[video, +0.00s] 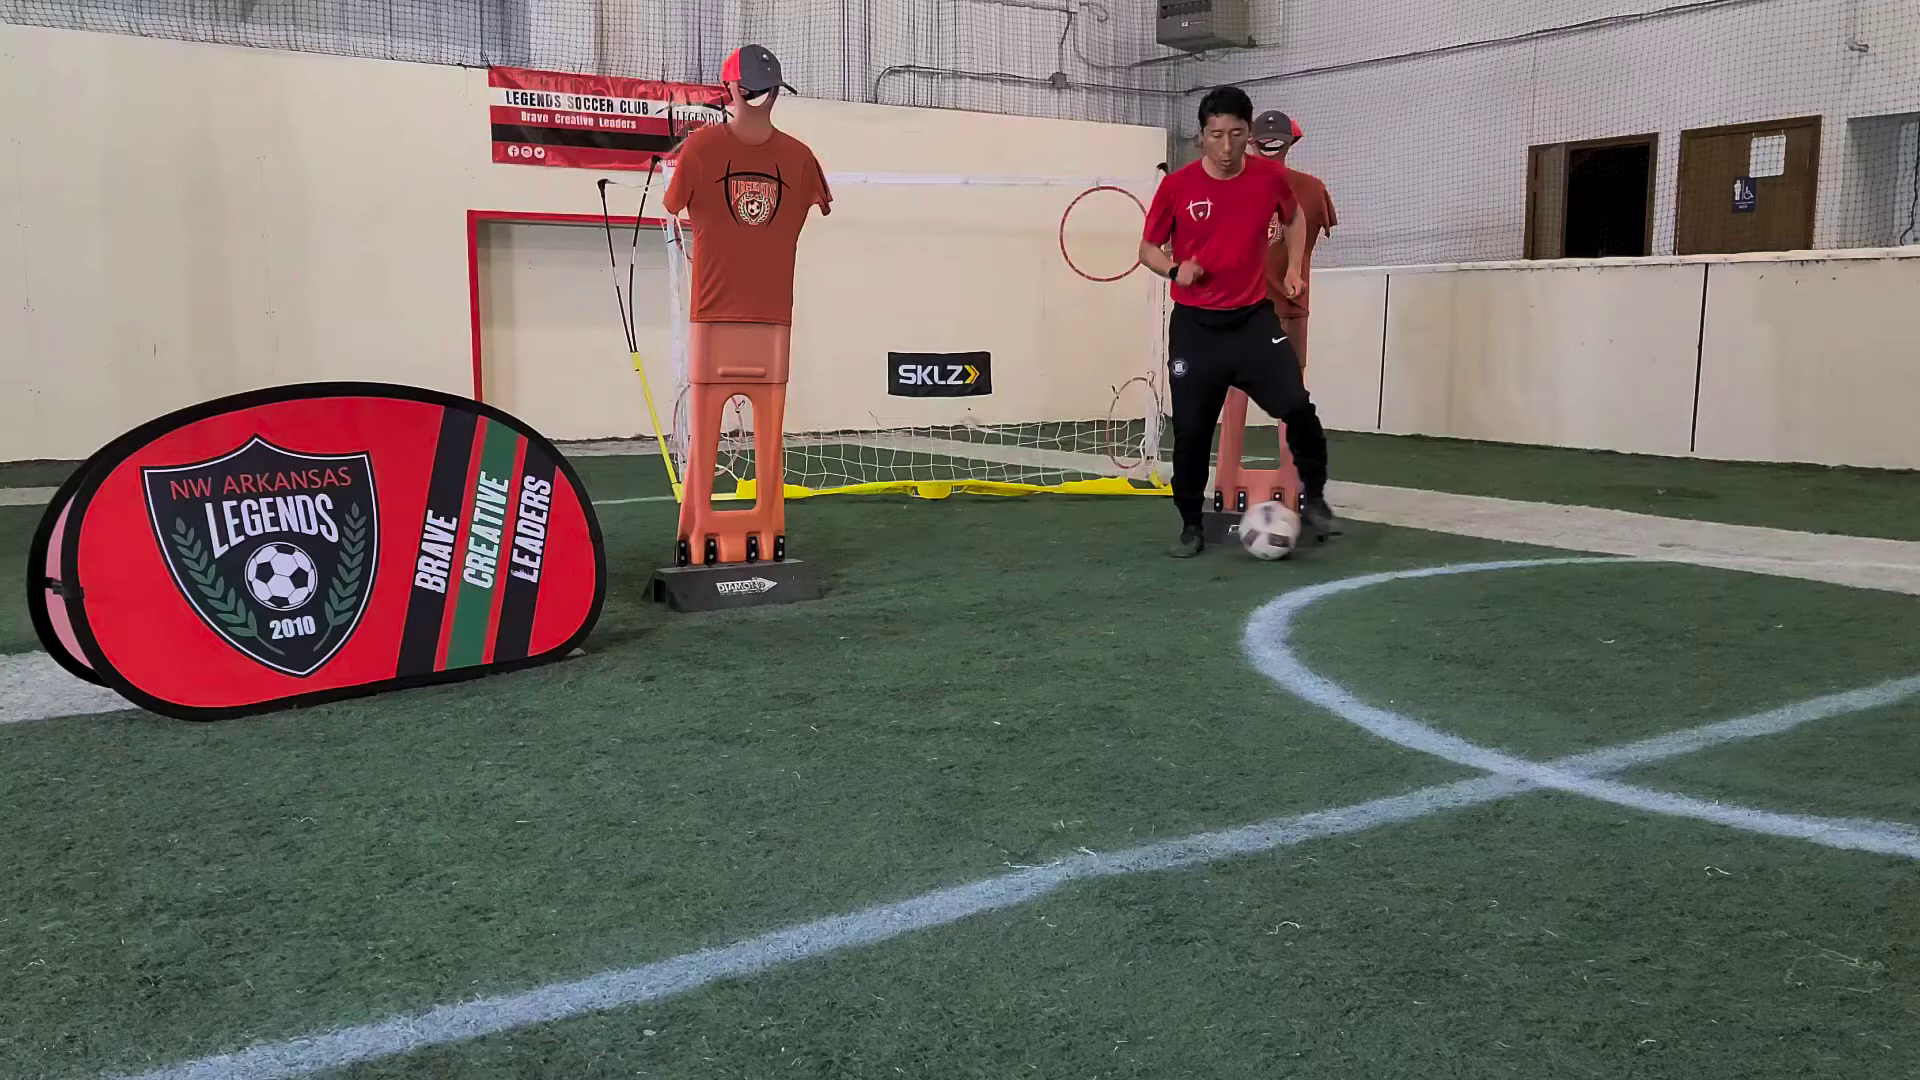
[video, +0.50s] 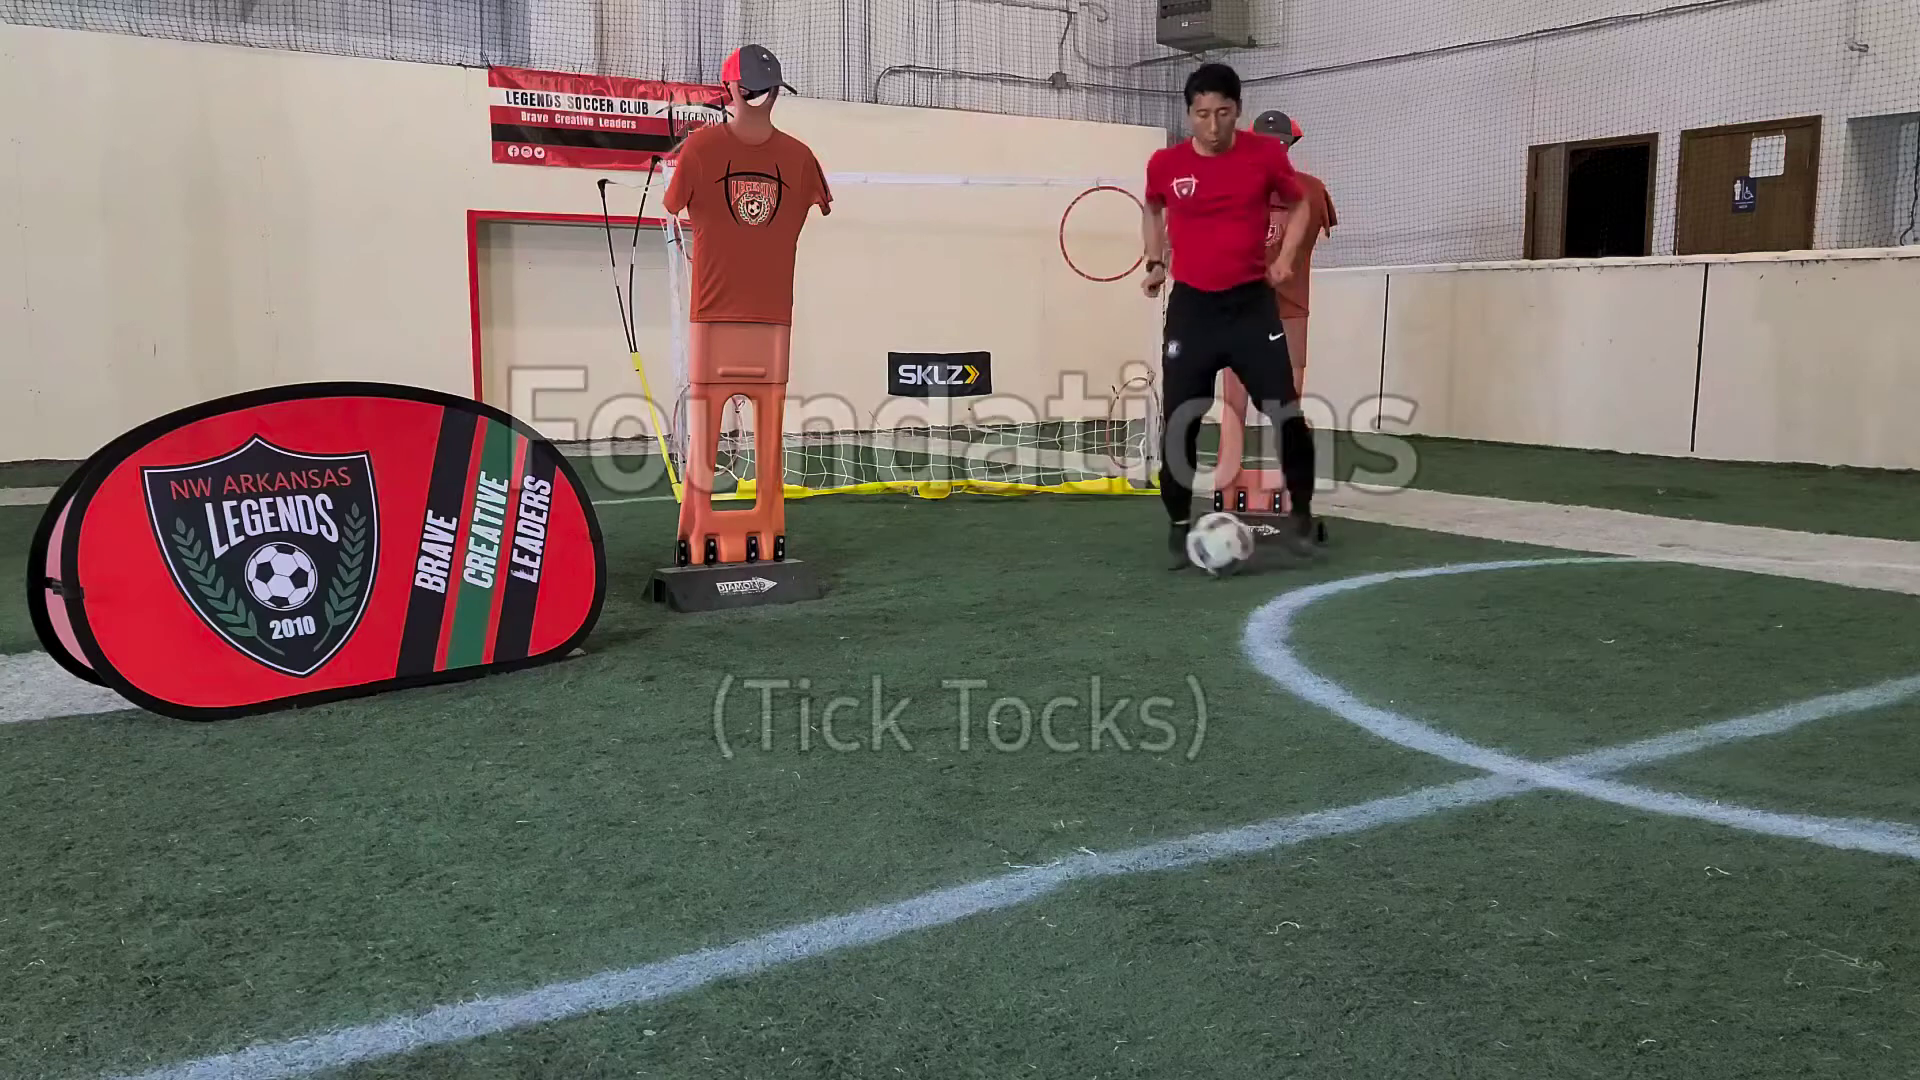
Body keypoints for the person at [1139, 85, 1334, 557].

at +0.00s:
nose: (1227, 146)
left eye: (1236, 135)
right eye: (1217, 135)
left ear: (1249, 136)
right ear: (1201, 135)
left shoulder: (1271, 179)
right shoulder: (1176, 186)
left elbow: (1295, 219)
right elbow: (1150, 249)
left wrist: (1294, 270)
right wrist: (1174, 268)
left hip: (1254, 320)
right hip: (1194, 325)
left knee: (1299, 411)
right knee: (1191, 431)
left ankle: (1312, 498)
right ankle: (1192, 524)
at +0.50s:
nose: (1213, 125)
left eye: (1223, 113)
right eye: (1203, 114)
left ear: (1238, 112)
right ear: (1188, 114)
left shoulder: (1266, 155)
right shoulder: (1165, 165)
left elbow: (1304, 203)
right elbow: (1153, 208)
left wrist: (1286, 259)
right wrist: (1154, 260)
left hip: (1251, 304)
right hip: (1191, 307)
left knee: (1285, 410)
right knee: (1181, 418)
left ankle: (1303, 519)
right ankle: (1180, 527)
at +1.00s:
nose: (1201, 107)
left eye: (1211, 96)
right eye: (1191, 96)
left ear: (1228, 98)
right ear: (1177, 100)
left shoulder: (1263, 146)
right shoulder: (1156, 155)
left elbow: (1301, 206)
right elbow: (1130, 202)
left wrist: (1282, 231)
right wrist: (1128, 264)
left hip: (1243, 308)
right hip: (1178, 306)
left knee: (1255, 424)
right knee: (1147, 414)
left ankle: (1252, 541)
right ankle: (1127, 523)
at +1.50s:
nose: (1189, 93)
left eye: (1200, 81)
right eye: (1177, 82)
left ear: (1218, 86)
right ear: (1162, 90)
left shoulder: (1254, 145)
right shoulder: (1139, 152)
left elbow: (1286, 222)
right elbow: (1104, 213)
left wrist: (1263, 236)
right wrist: (1095, 286)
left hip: (1225, 318)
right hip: (1156, 313)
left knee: (1222, 446)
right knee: (1118, 428)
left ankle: (1208, 565)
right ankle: (1088, 529)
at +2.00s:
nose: (1184, 57)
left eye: (1196, 43)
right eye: (1171, 44)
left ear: (1215, 50)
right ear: (1154, 51)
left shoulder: (1242, 110)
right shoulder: (1123, 112)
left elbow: (1262, 175)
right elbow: (1079, 183)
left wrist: (1248, 220)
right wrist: (1083, 253)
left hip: (1211, 300)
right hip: (1135, 297)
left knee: (1223, 439)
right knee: (1098, 430)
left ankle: (1210, 581)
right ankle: (1094, 543)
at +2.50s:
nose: (1180, 36)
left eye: (1191, 22)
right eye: (1166, 23)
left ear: (1208, 27)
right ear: (1146, 29)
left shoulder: (1236, 98)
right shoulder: (1109, 98)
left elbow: (1248, 159)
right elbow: (1052, 187)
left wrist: (1257, 223)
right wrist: (1086, 187)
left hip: (1201, 299)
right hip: (1121, 302)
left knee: (1254, 442)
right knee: (1107, 456)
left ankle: (1281, 599)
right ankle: (1108, 591)